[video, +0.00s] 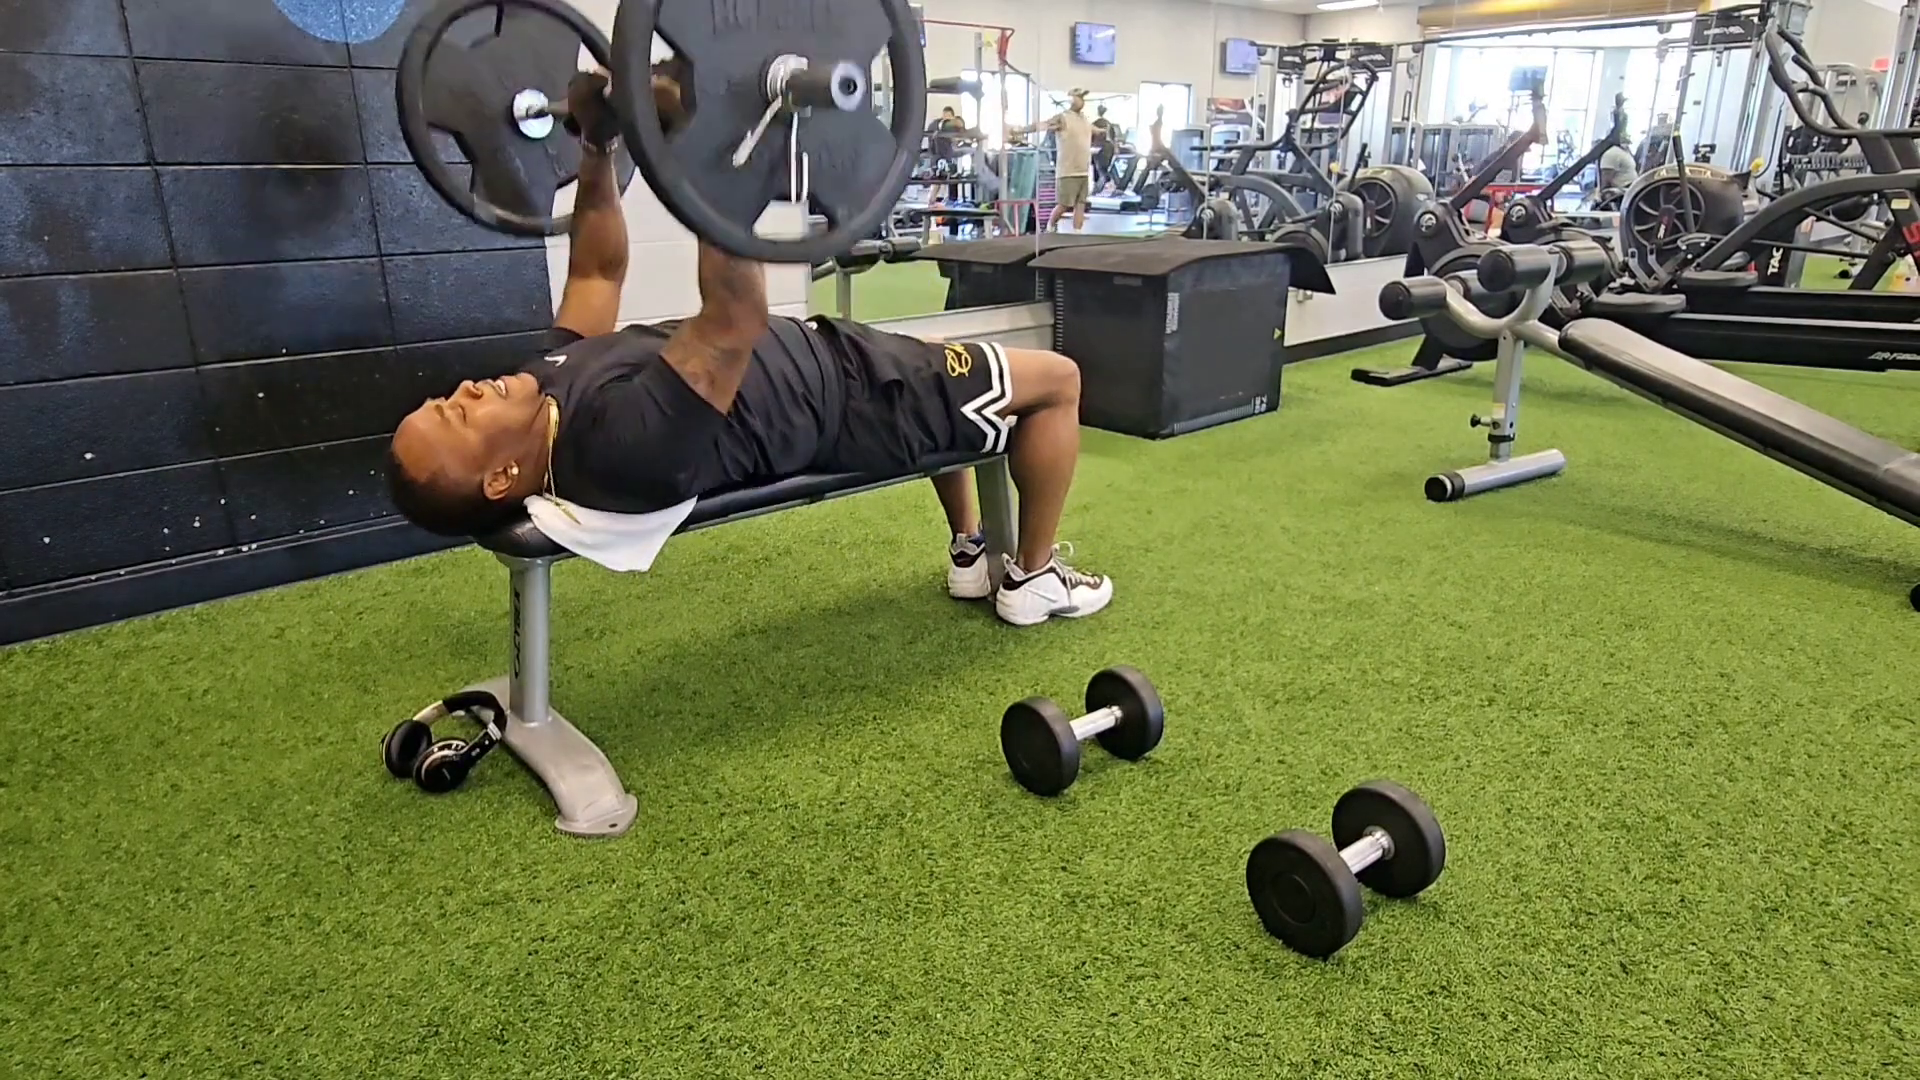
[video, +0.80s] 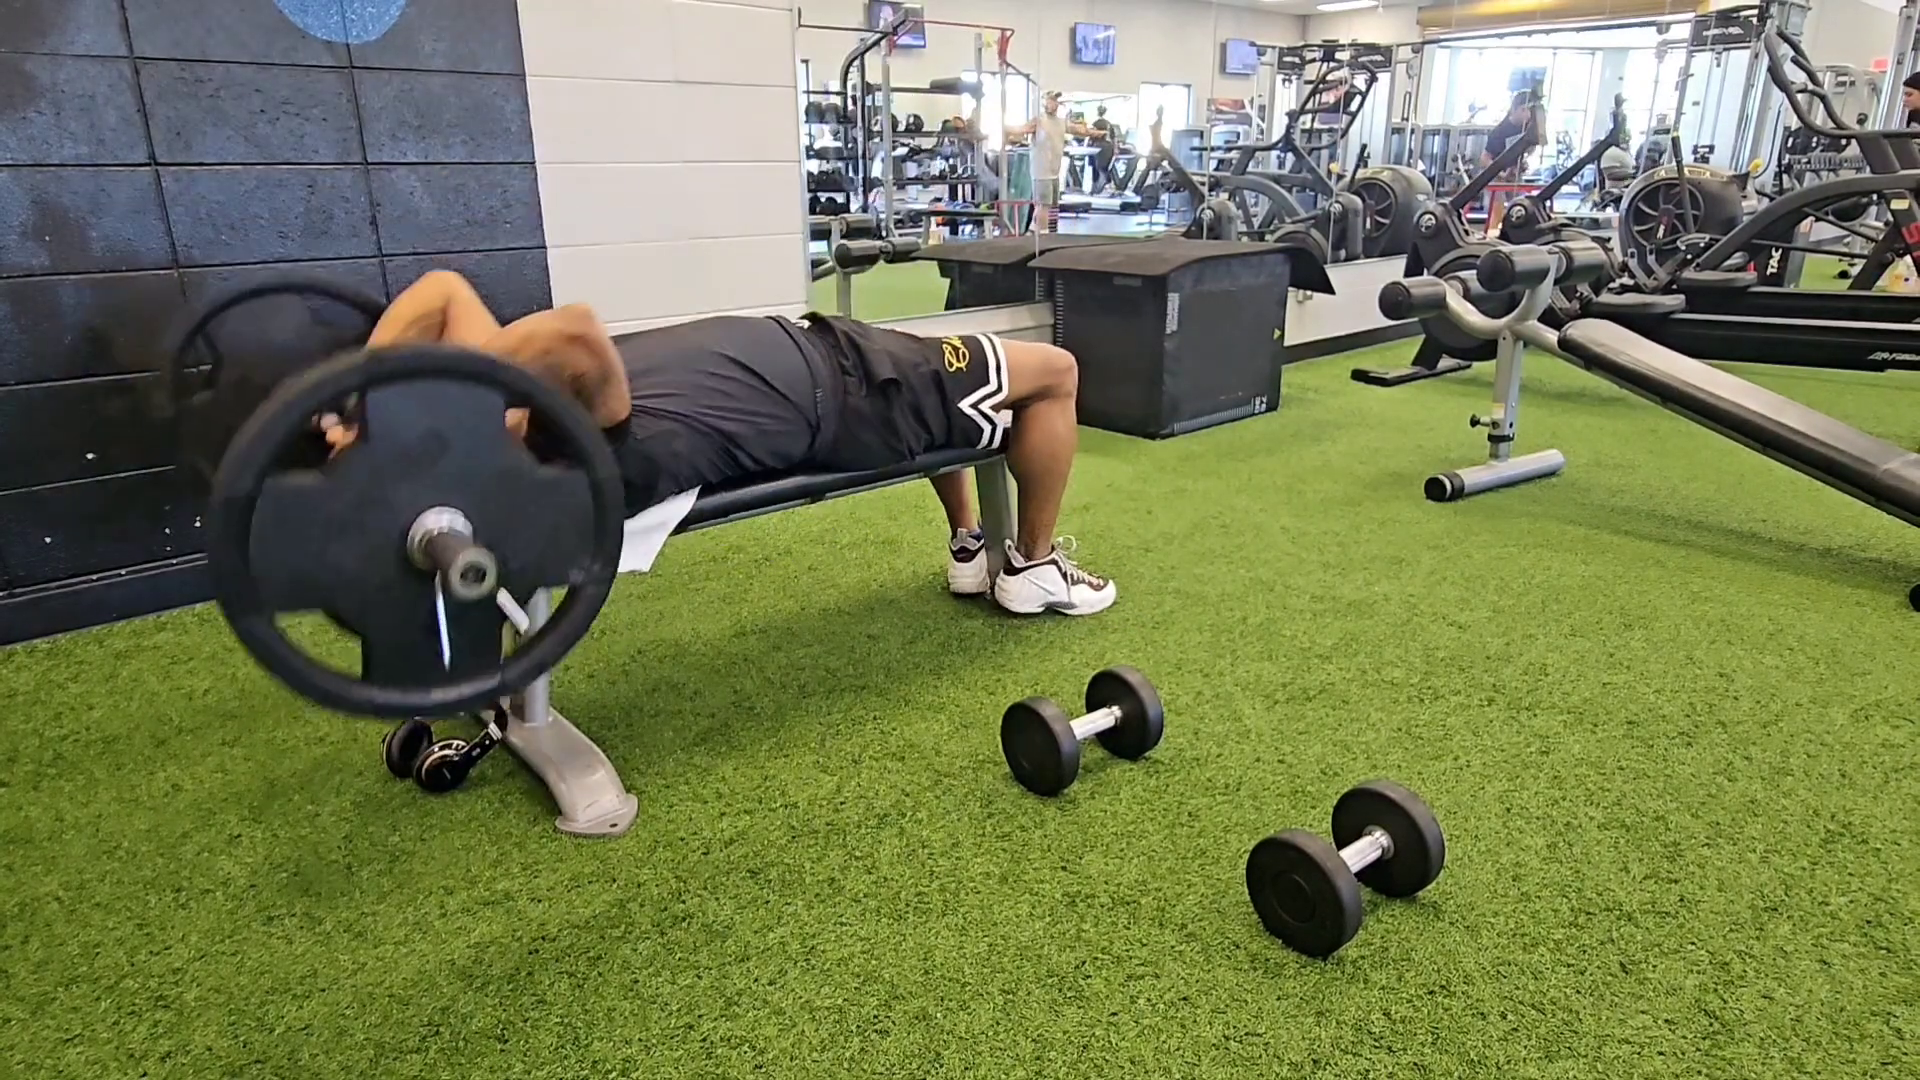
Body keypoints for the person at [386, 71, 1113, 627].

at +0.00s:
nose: (481, 382)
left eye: (453, 392)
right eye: (468, 408)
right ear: (506, 472)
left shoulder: (542, 382)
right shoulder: (619, 446)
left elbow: (596, 278)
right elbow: (733, 321)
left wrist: (596, 146)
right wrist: (700, 150)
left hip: (802, 346)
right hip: (842, 392)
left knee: (939, 368)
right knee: (1057, 380)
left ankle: (975, 548)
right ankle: (1034, 575)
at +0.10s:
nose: (482, 378)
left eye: (454, 389)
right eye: (465, 406)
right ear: (507, 478)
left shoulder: (554, 400)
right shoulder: (616, 459)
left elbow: (612, 321)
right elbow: (737, 406)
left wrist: (606, 221)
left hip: (793, 362)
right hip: (834, 405)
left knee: (926, 353)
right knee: (1060, 380)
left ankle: (972, 547)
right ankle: (1035, 573)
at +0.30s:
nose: (478, 376)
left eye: (455, 385)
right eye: (467, 404)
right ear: (509, 478)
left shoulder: (547, 400)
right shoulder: (629, 468)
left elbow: (656, 363)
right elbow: (780, 498)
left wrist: (620, 321)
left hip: (784, 380)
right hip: (853, 426)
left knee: (922, 347)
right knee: (1065, 377)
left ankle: (973, 546)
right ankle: (1034, 574)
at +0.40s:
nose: (479, 378)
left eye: (457, 387)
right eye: (468, 406)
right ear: (513, 475)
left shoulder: (550, 389)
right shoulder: (617, 465)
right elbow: (736, 493)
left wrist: (600, 327)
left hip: (785, 360)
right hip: (851, 414)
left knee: (924, 345)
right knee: (1066, 380)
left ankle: (972, 544)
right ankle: (1036, 572)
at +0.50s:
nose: (493, 379)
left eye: (472, 386)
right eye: (485, 403)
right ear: (517, 469)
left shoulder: (554, 400)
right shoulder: (615, 457)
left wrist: (553, 301)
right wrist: (576, 309)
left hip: (800, 349)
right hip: (856, 404)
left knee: (940, 343)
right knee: (1067, 379)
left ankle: (972, 543)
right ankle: (1036, 574)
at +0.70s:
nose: (416, 337)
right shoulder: (609, 443)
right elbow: (665, 326)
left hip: (777, 350)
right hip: (846, 388)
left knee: (926, 348)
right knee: (1056, 375)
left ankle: (972, 544)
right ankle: (1035, 570)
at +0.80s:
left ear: (501, 421)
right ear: (542, 441)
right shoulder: (627, 462)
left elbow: (445, 286)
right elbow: (577, 332)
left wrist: (360, 399)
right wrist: (452, 384)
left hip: (777, 340)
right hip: (845, 388)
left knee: (928, 362)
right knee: (1056, 372)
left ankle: (972, 540)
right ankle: (1035, 563)